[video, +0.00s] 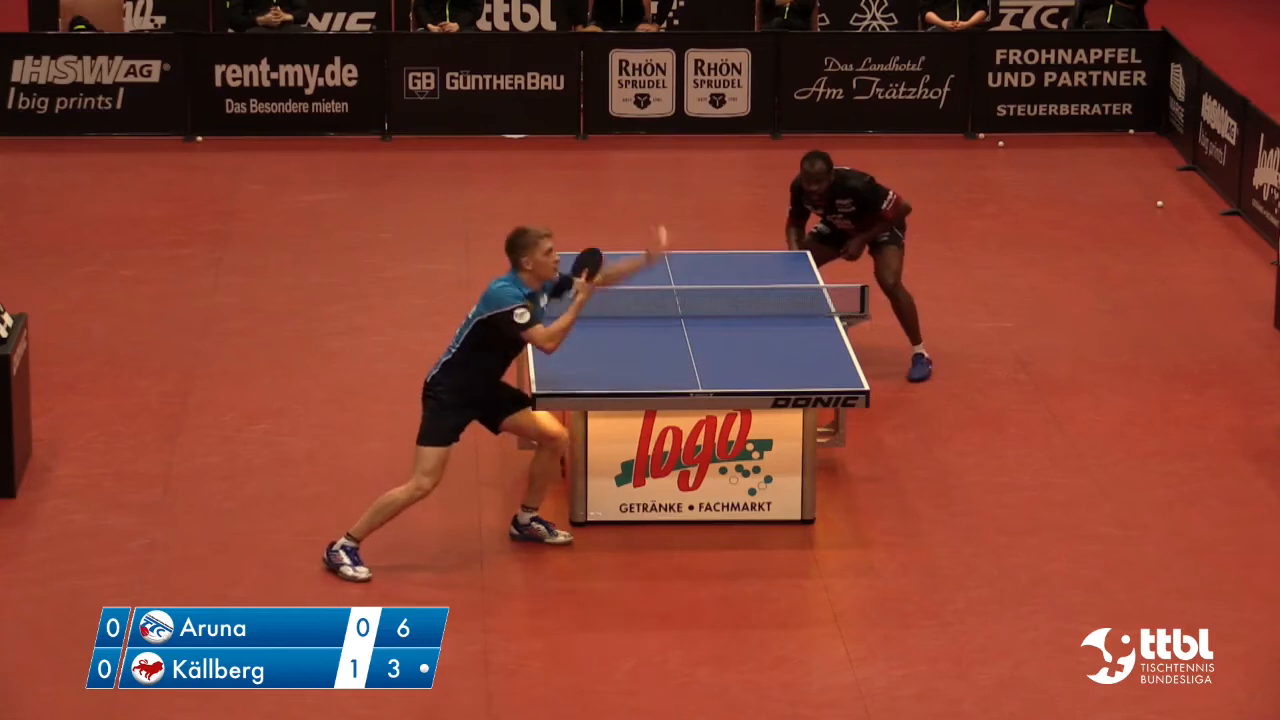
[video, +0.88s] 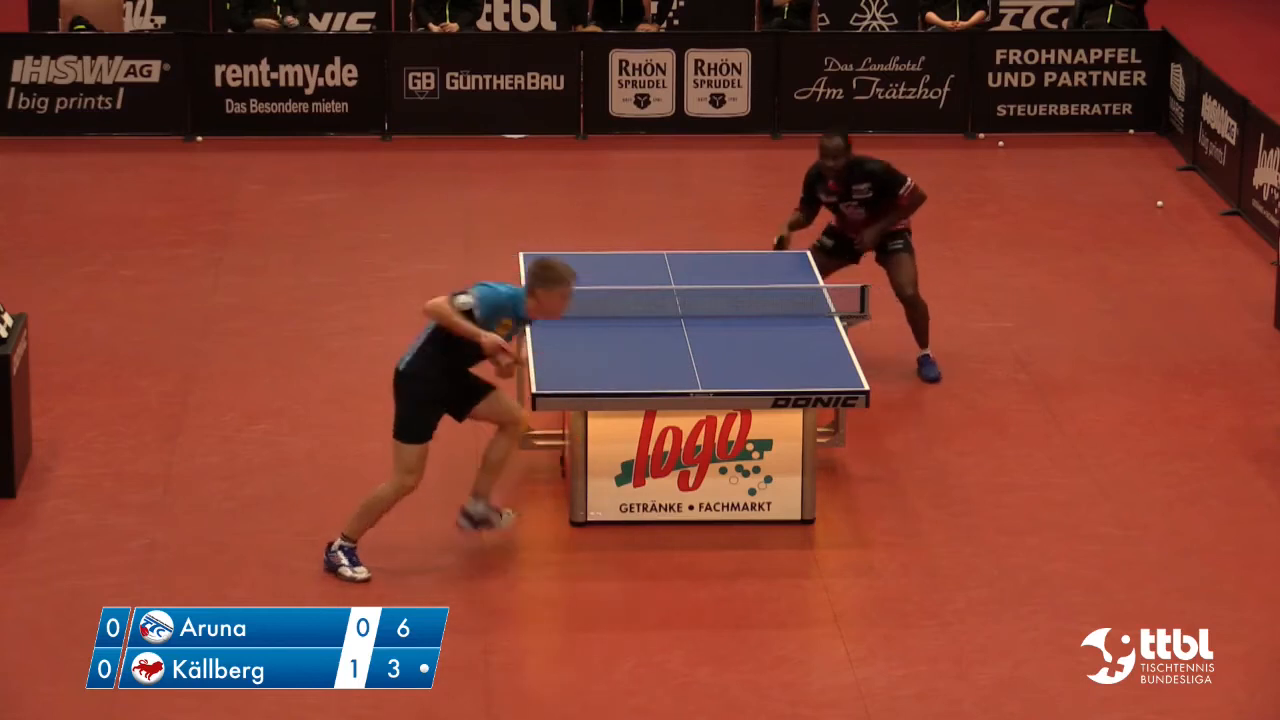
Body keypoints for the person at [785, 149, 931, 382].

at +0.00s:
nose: (813, 189)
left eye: (819, 182)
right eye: (808, 183)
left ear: (831, 176)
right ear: (801, 177)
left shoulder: (856, 184)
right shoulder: (799, 188)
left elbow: (902, 208)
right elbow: (795, 222)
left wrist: (862, 240)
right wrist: (795, 252)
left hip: (880, 225)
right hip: (838, 227)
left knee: (889, 283)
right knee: (795, 265)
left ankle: (919, 353)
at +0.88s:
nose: (831, 164)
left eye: (837, 157)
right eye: (825, 157)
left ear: (849, 154)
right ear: (819, 156)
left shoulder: (874, 170)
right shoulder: (815, 177)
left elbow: (916, 197)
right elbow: (807, 213)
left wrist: (877, 230)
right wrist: (787, 227)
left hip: (889, 231)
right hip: (844, 232)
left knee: (908, 294)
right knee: (799, 279)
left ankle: (925, 355)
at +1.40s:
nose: (809, 165)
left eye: (815, 158)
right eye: (806, 159)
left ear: (831, 151)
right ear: (801, 154)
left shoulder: (864, 159)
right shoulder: (804, 184)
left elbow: (911, 169)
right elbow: (793, 231)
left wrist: (911, 217)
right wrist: (768, 242)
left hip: (882, 239)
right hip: (838, 241)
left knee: (908, 307)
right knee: (799, 287)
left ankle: (941, 363)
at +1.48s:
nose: (795, 171)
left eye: (800, 164)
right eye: (791, 165)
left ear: (814, 156)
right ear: (786, 162)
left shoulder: (844, 160)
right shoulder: (787, 189)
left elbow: (888, 164)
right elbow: (781, 236)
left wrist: (898, 209)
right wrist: (766, 243)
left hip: (864, 239)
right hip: (820, 244)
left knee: (900, 303)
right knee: (791, 296)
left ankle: (939, 361)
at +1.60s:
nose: (774, 184)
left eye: (778, 177)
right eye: (767, 179)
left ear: (788, 167)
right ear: (760, 176)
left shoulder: (809, 165)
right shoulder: (760, 200)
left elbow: (844, 168)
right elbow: (766, 239)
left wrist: (860, 210)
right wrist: (764, 249)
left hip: (834, 247)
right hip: (797, 261)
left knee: (879, 302)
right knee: (791, 318)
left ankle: (928, 362)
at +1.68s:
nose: (762, 183)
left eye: (765, 176)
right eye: (755, 178)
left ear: (775, 166)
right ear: (747, 176)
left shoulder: (792, 165)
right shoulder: (744, 202)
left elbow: (823, 168)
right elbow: (753, 244)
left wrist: (839, 212)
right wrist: (758, 243)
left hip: (817, 246)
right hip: (784, 261)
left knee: (860, 300)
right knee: (785, 318)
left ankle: (910, 360)